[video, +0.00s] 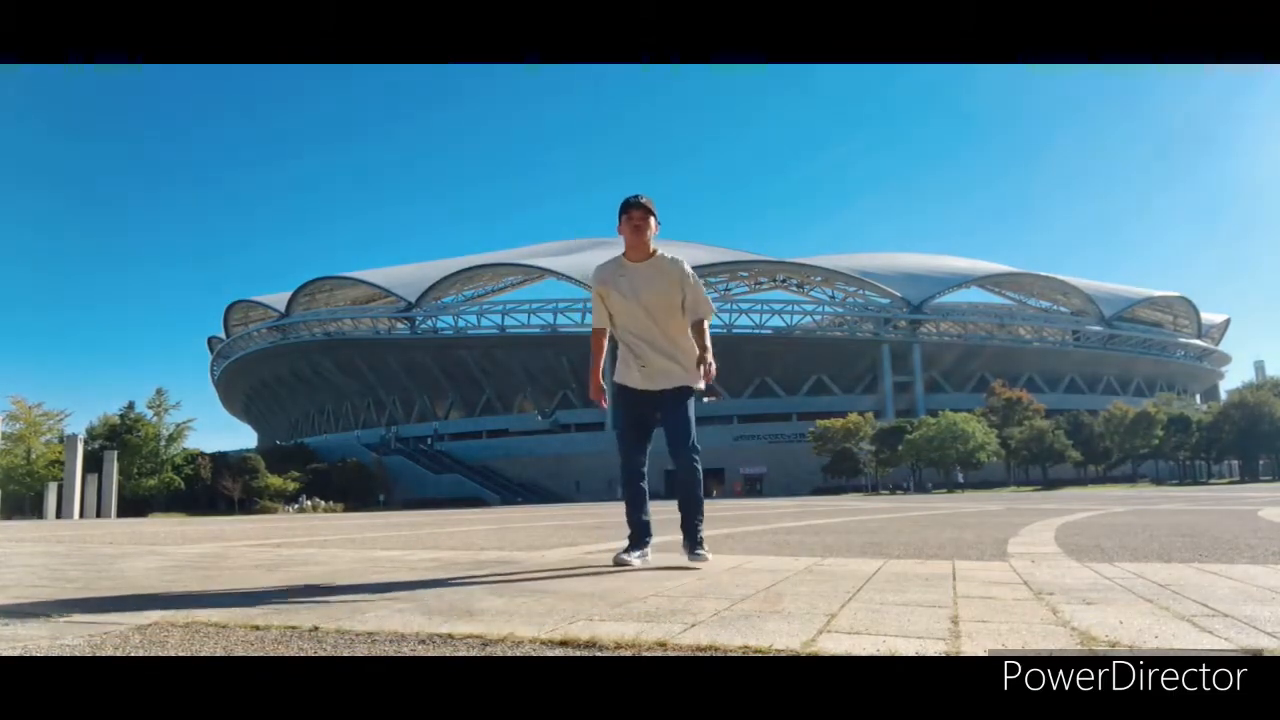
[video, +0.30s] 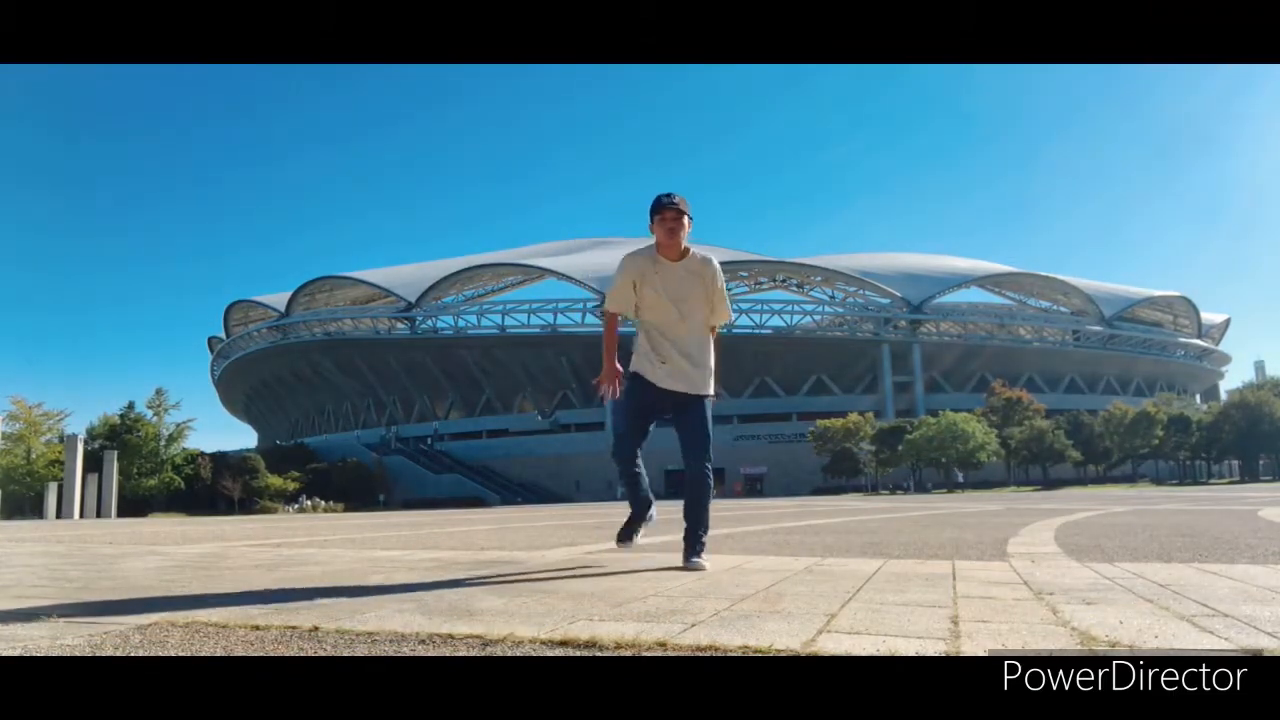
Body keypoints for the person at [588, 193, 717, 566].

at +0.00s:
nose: (637, 226)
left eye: (643, 220)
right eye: (631, 221)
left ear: (655, 226)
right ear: (620, 227)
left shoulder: (678, 270)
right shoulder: (605, 276)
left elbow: (699, 319)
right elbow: (600, 329)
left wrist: (706, 355)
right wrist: (595, 375)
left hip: (678, 380)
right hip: (629, 382)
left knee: (687, 457)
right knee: (632, 467)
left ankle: (694, 538)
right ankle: (638, 542)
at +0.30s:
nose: (671, 226)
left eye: (677, 219)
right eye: (664, 220)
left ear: (688, 225)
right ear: (652, 226)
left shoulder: (708, 269)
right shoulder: (635, 264)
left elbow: (711, 330)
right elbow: (611, 313)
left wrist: (711, 380)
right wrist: (610, 362)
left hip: (694, 379)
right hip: (646, 374)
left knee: (699, 467)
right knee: (623, 449)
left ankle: (695, 548)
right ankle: (642, 507)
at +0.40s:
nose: (675, 227)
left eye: (680, 221)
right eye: (667, 221)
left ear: (691, 226)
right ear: (654, 228)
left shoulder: (712, 268)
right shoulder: (637, 267)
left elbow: (715, 322)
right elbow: (606, 307)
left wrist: (710, 376)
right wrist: (608, 357)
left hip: (698, 377)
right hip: (654, 364)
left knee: (699, 467)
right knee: (622, 419)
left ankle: (693, 549)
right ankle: (616, 458)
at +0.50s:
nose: (677, 230)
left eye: (683, 223)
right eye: (669, 224)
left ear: (694, 228)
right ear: (656, 230)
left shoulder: (715, 270)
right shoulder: (643, 273)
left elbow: (719, 319)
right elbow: (605, 311)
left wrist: (700, 355)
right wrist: (604, 362)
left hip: (702, 378)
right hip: (661, 362)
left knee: (702, 468)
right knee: (629, 410)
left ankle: (692, 548)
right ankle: (572, 442)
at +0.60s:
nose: (684, 223)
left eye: (689, 217)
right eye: (676, 217)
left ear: (698, 223)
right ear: (662, 224)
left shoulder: (715, 269)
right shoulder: (644, 267)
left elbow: (719, 322)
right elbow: (616, 315)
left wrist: (710, 365)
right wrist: (618, 363)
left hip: (710, 381)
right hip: (665, 371)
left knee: (709, 466)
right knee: (639, 439)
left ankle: (692, 549)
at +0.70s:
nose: (684, 233)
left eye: (690, 227)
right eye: (677, 227)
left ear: (699, 233)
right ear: (664, 232)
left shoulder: (713, 275)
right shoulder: (640, 273)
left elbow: (731, 323)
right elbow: (631, 319)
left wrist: (707, 351)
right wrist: (649, 352)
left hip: (701, 363)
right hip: (655, 364)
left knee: (704, 451)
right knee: (664, 442)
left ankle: (695, 544)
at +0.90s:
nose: (682, 239)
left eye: (688, 233)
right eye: (674, 233)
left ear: (696, 239)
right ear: (661, 239)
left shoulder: (714, 283)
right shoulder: (639, 281)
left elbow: (745, 328)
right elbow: (606, 321)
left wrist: (754, 370)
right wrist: (608, 368)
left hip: (705, 379)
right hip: (659, 368)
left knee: (707, 467)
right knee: (681, 391)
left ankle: (685, 546)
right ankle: (742, 465)